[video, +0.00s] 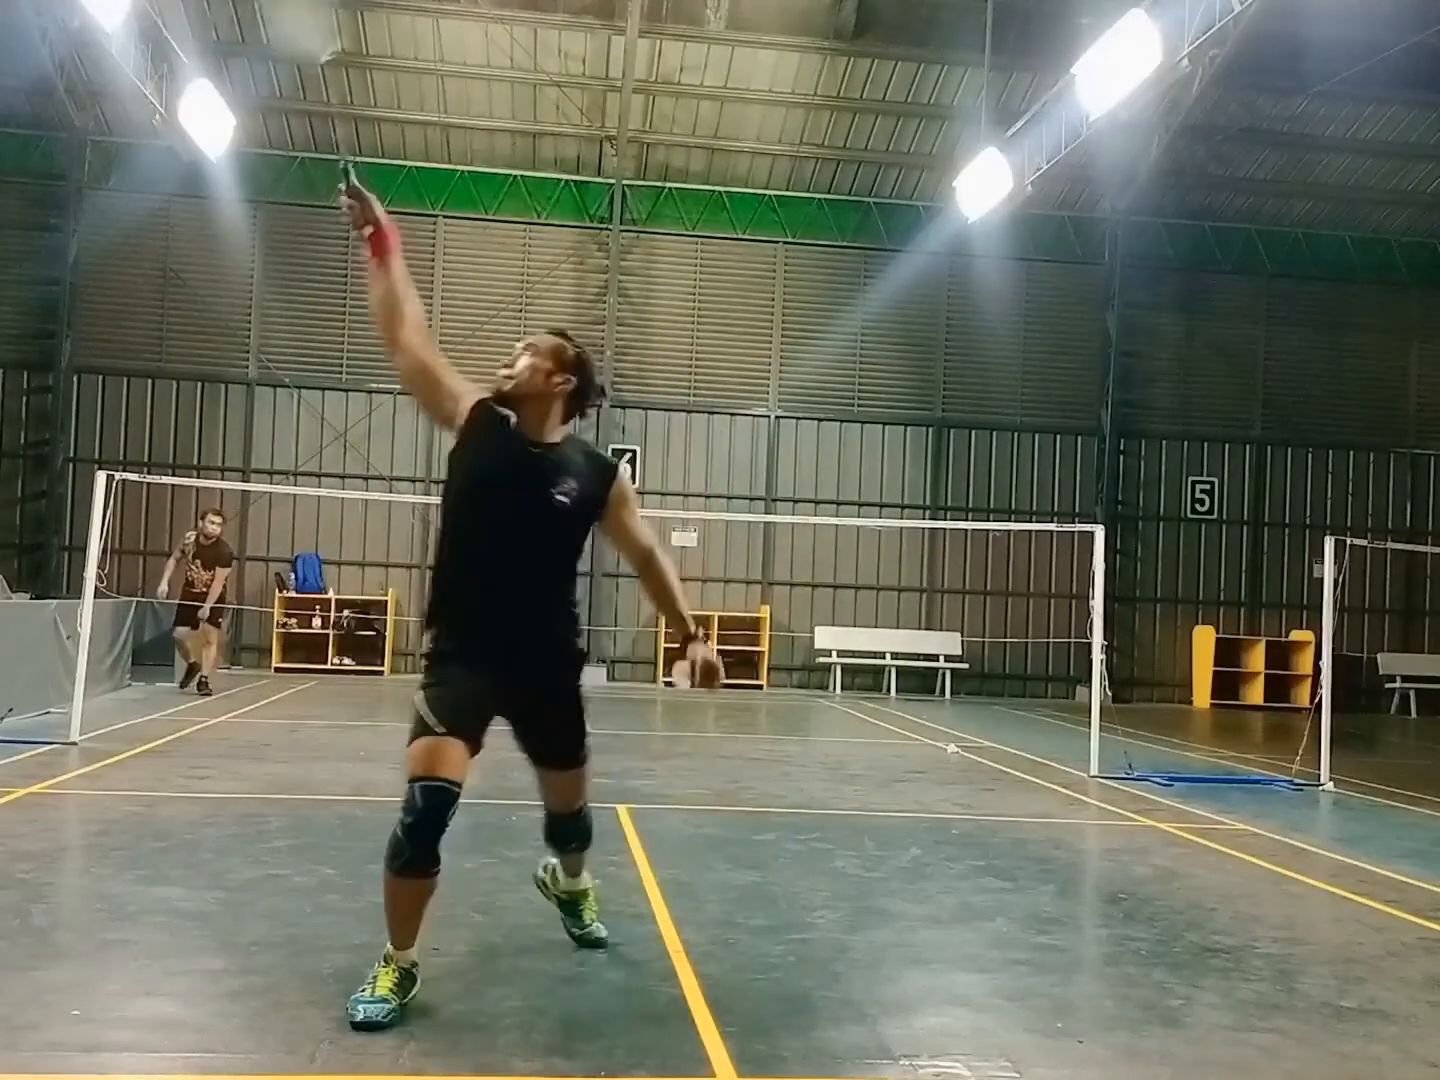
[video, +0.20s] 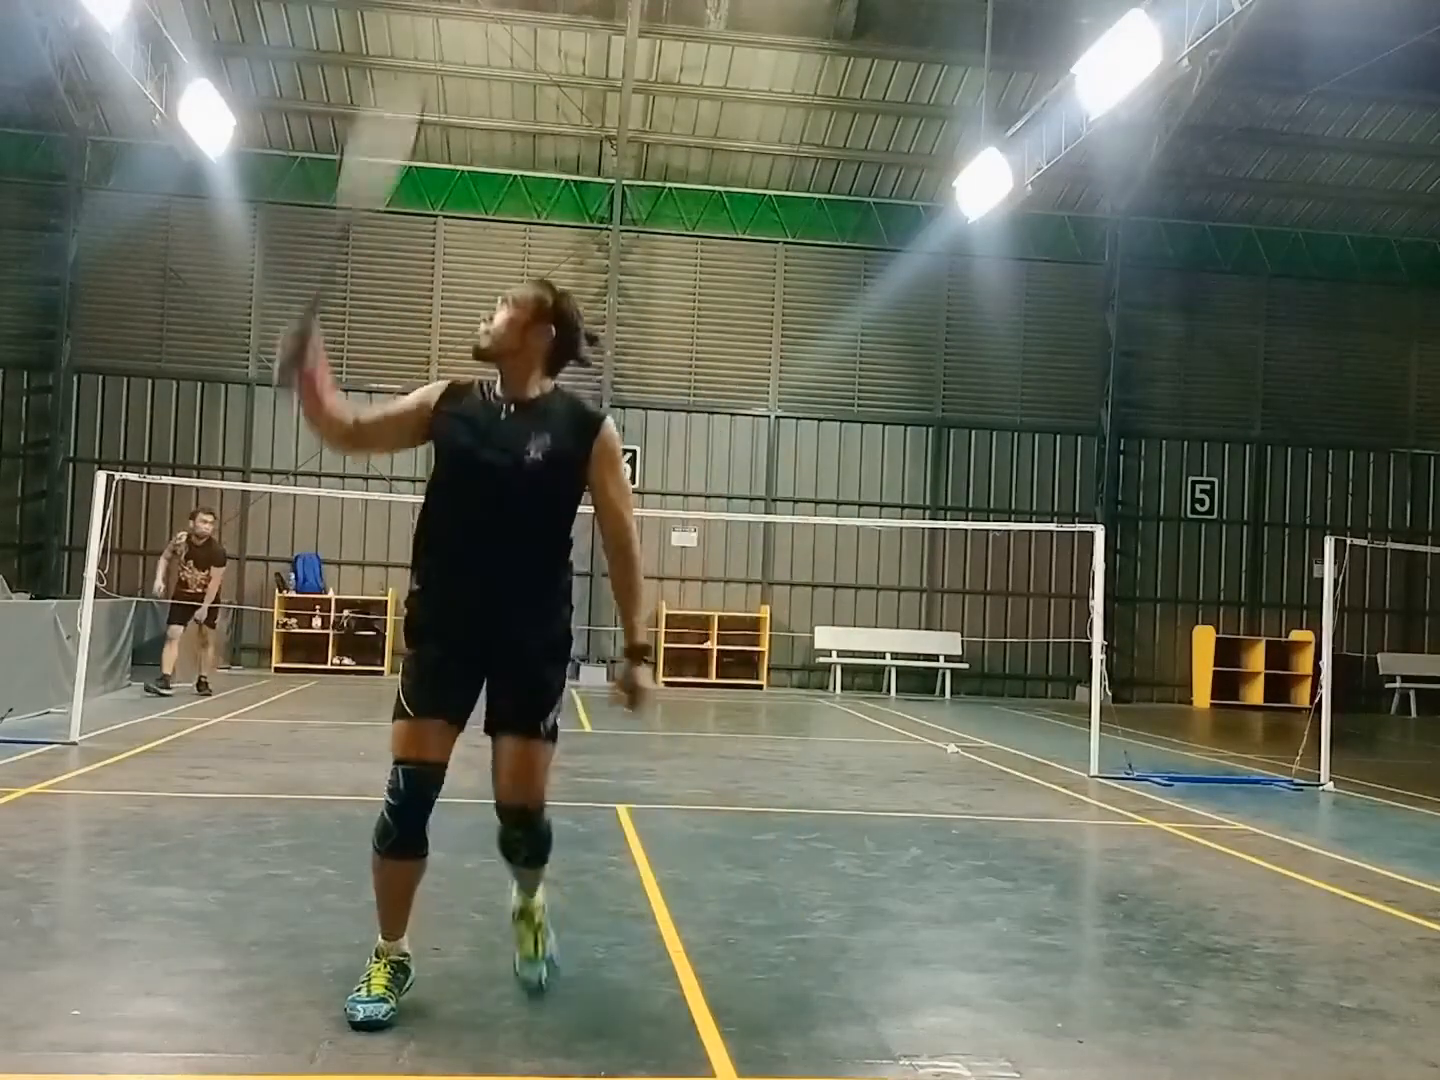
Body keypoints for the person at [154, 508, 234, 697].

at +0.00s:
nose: (214, 528)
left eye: (219, 525)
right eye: (211, 523)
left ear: (222, 528)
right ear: (201, 523)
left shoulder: (224, 552)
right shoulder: (190, 539)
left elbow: (218, 582)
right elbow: (174, 559)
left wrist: (208, 605)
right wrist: (164, 582)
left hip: (213, 596)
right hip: (190, 593)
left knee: (209, 635)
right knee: (179, 633)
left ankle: (204, 678)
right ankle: (192, 664)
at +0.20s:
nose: (206, 526)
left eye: (210, 523)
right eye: (202, 522)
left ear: (214, 527)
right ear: (192, 523)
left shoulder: (217, 551)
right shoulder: (180, 540)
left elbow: (215, 581)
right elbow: (165, 558)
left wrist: (205, 606)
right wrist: (159, 579)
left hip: (206, 597)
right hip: (182, 595)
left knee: (205, 639)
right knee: (172, 634)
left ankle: (203, 679)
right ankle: (165, 678)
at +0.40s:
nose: (196, 524)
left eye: (199, 520)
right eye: (192, 519)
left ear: (201, 524)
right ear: (179, 521)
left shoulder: (204, 546)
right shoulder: (165, 540)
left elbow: (209, 578)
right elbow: (150, 564)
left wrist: (209, 607)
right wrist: (148, 591)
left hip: (194, 601)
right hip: (166, 599)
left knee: (200, 641)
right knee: (160, 638)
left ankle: (202, 677)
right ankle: (159, 683)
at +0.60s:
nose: (184, 516)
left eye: (186, 513)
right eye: (180, 512)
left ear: (188, 516)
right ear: (166, 514)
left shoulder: (193, 542)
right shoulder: (151, 537)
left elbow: (204, 570)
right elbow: (136, 563)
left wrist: (210, 598)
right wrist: (133, 591)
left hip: (184, 595)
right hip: (156, 594)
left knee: (189, 635)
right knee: (157, 638)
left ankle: (187, 670)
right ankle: (159, 682)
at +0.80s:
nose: (176, 516)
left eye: (178, 512)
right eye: (171, 512)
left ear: (179, 516)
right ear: (157, 515)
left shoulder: (186, 541)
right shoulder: (143, 538)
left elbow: (197, 569)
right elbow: (127, 564)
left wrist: (198, 599)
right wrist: (121, 587)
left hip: (177, 597)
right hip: (151, 596)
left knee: (170, 639)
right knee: (155, 641)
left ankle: (165, 684)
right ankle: (158, 682)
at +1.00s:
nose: (176, 515)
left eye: (178, 512)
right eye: (172, 511)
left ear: (179, 515)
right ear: (157, 513)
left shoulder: (184, 541)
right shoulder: (141, 536)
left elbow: (191, 571)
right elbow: (126, 566)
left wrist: (189, 600)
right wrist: (119, 594)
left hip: (172, 598)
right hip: (146, 597)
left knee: (164, 640)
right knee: (150, 642)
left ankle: (158, 686)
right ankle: (151, 676)